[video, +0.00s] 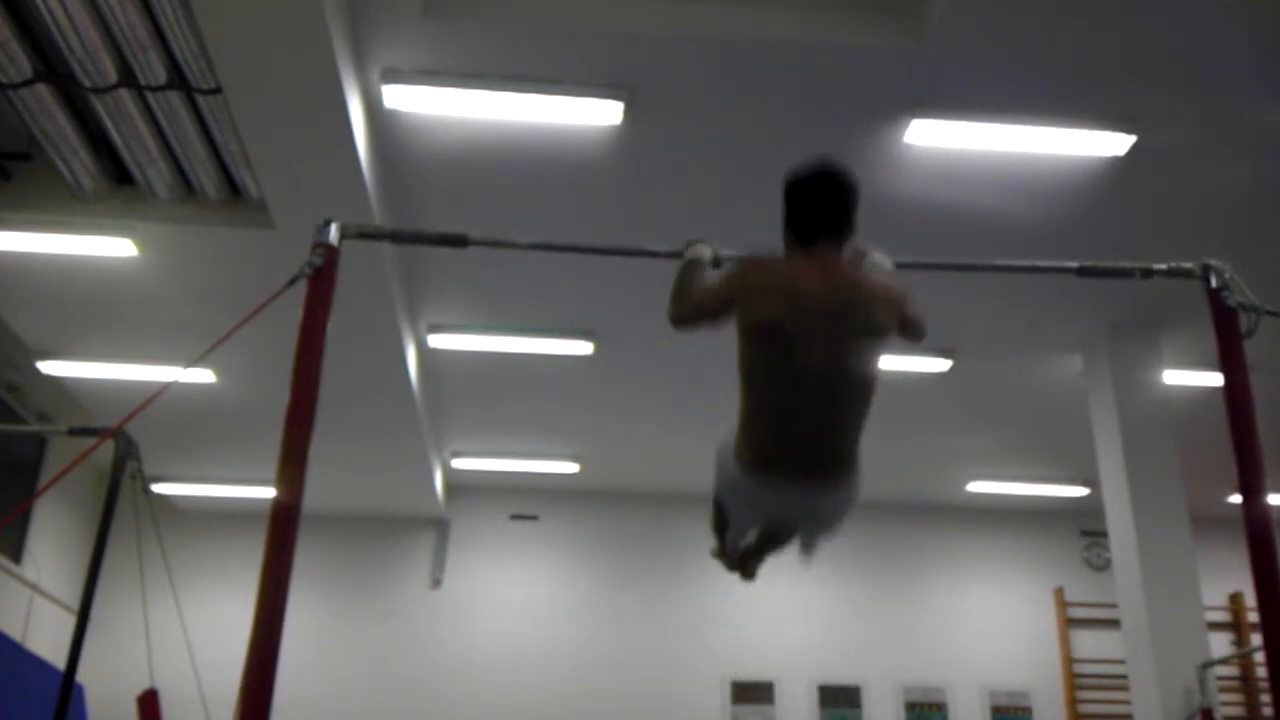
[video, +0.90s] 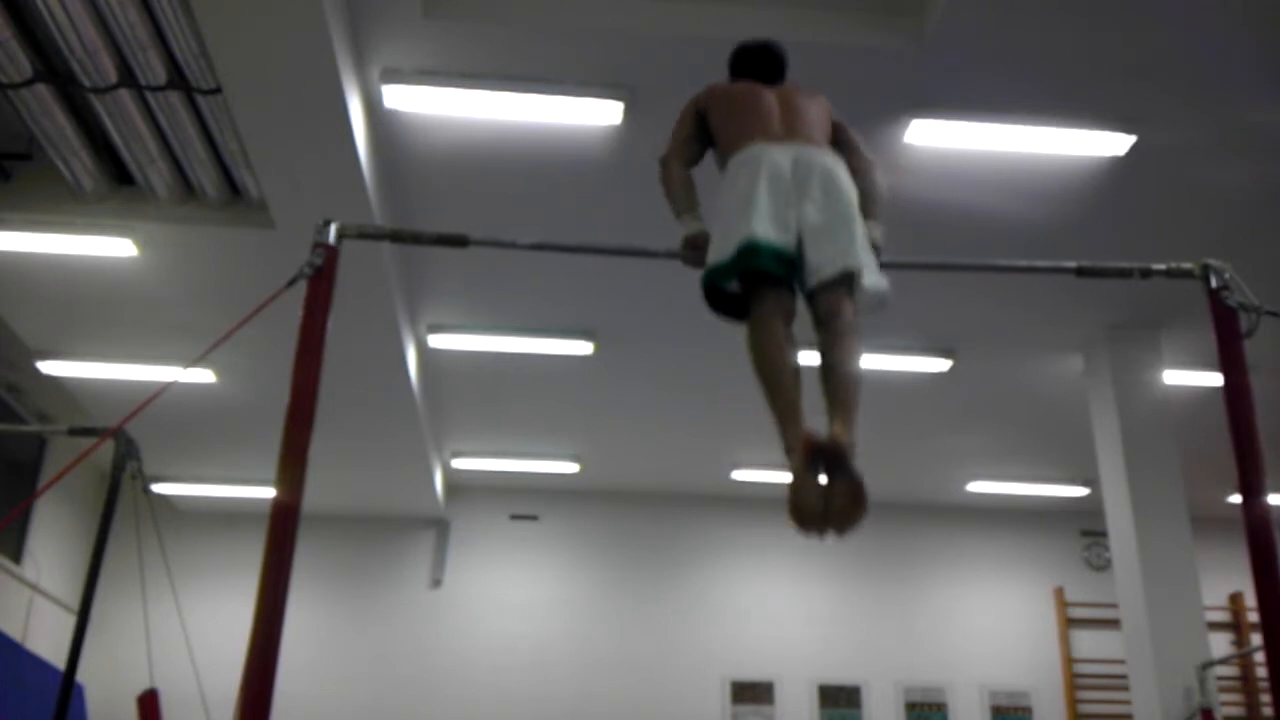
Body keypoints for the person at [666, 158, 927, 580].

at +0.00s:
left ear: (787, 220)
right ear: (849, 226)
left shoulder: (757, 280)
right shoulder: (873, 294)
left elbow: (683, 312)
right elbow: (914, 330)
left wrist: (695, 261)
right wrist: (882, 276)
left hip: (758, 479)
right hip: (829, 487)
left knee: (730, 493)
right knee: (789, 524)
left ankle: (729, 548)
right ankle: (753, 558)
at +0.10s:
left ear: (778, 150)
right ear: (841, 153)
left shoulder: (748, 205)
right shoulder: (874, 220)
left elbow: (669, 271)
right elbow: (929, 292)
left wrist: (701, 245)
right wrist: (881, 249)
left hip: (752, 413)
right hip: (828, 419)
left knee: (734, 468)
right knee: (797, 471)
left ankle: (731, 537)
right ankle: (758, 546)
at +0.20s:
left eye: (766, 131)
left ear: (763, 127)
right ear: (822, 130)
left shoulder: (739, 159)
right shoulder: (857, 171)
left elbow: (669, 218)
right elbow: (929, 242)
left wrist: (702, 248)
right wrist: (873, 248)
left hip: (757, 359)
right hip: (832, 365)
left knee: (739, 459)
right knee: (797, 466)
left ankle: (736, 538)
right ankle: (763, 547)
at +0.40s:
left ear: (748, 159)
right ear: (801, 156)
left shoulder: (727, 167)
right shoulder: (839, 170)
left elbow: (661, 153)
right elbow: (912, 171)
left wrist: (692, 231)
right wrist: (872, 243)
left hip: (758, 301)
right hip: (835, 301)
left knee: (750, 451)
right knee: (810, 455)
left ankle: (751, 570)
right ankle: (780, 574)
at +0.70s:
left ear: (732, 131)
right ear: (790, 131)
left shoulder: (719, 144)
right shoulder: (821, 151)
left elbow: (660, 159)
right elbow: (889, 176)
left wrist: (690, 231)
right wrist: (873, 238)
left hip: (755, 234)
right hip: (828, 235)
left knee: (766, 405)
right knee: (834, 401)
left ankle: (788, 557)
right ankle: (830, 551)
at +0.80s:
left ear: (732, 102)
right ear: (786, 104)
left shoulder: (715, 121)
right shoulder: (820, 130)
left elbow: (664, 162)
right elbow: (880, 173)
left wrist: (690, 230)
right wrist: (874, 236)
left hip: (755, 210)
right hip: (828, 211)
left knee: (770, 356)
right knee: (837, 355)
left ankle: (796, 497)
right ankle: (841, 489)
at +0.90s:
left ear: (732, 74)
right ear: (786, 78)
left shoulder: (712, 96)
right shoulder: (817, 105)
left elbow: (674, 162)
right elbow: (863, 164)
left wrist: (691, 225)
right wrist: (872, 226)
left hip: (755, 173)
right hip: (827, 175)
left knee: (770, 313)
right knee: (837, 311)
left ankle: (798, 453)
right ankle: (841, 440)